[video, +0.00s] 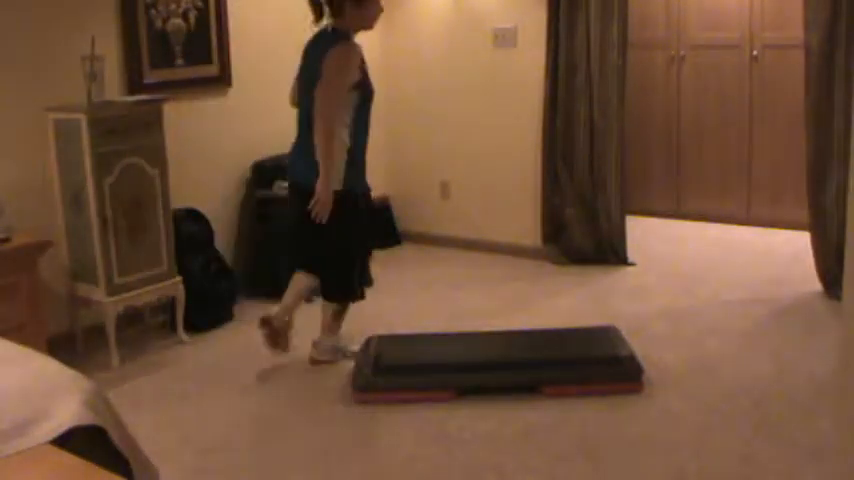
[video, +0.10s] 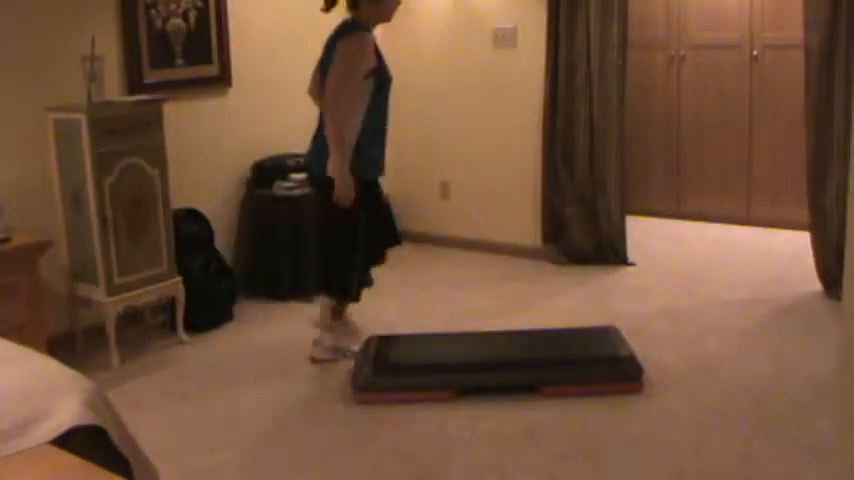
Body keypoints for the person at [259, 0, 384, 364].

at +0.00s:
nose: (380, 9)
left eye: (379, 2)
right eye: (375, 2)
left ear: (340, 7)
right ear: (352, 6)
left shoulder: (319, 44)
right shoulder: (345, 52)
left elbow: (298, 97)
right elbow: (329, 122)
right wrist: (326, 182)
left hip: (309, 177)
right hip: (341, 184)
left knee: (317, 254)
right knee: (345, 264)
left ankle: (282, 314)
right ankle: (328, 342)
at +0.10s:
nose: (397, 6)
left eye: (397, 1)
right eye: (393, 0)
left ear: (363, 2)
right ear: (374, 1)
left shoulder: (345, 33)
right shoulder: (358, 39)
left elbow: (317, 90)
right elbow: (336, 102)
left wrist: (349, 138)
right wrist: (341, 166)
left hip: (342, 167)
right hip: (349, 172)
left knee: (353, 245)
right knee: (348, 251)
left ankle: (336, 321)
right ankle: (330, 334)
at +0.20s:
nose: (415, 6)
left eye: (413, 0)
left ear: (381, 6)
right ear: (384, 4)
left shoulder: (381, 41)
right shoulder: (373, 44)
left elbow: (340, 90)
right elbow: (348, 98)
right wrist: (356, 161)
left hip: (379, 171)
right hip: (357, 173)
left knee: (395, 249)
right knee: (352, 259)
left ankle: (392, 319)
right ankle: (328, 337)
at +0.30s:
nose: (433, 9)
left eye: (431, 3)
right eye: (426, 3)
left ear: (404, 9)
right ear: (402, 7)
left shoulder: (403, 50)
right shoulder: (387, 51)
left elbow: (388, 112)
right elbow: (359, 108)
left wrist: (406, 165)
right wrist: (380, 163)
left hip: (399, 172)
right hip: (381, 174)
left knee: (411, 250)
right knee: (406, 253)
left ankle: (399, 324)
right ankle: (347, 318)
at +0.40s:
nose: (449, 5)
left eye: (448, 0)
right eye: (442, 0)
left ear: (428, 6)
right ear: (420, 4)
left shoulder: (429, 39)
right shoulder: (399, 44)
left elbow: (425, 91)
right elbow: (373, 104)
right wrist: (408, 143)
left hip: (412, 156)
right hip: (390, 159)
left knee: (414, 241)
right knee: (447, 230)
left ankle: (402, 317)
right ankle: (395, 292)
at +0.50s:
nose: (464, 5)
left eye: (465, 0)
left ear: (453, 4)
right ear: (437, 1)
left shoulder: (454, 33)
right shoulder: (415, 36)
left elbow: (476, 71)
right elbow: (396, 92)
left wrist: (511, 87)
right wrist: (445, 112)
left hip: (431, 154)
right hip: (404, 155)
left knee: (417, 237)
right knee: (482, 201)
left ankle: (400, 317)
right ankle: (468, 294)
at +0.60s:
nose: (485, 7)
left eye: (484, 3)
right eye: (479, 2)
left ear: (477, 6)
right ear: (456, 4)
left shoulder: (478, 38)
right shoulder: (436, 38)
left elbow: (516, 60)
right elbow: (426, 81)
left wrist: (555, 55)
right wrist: (481, 74)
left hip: (450, 158)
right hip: (425, 159)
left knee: (422, 239)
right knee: (500, 211)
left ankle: (402, 318)